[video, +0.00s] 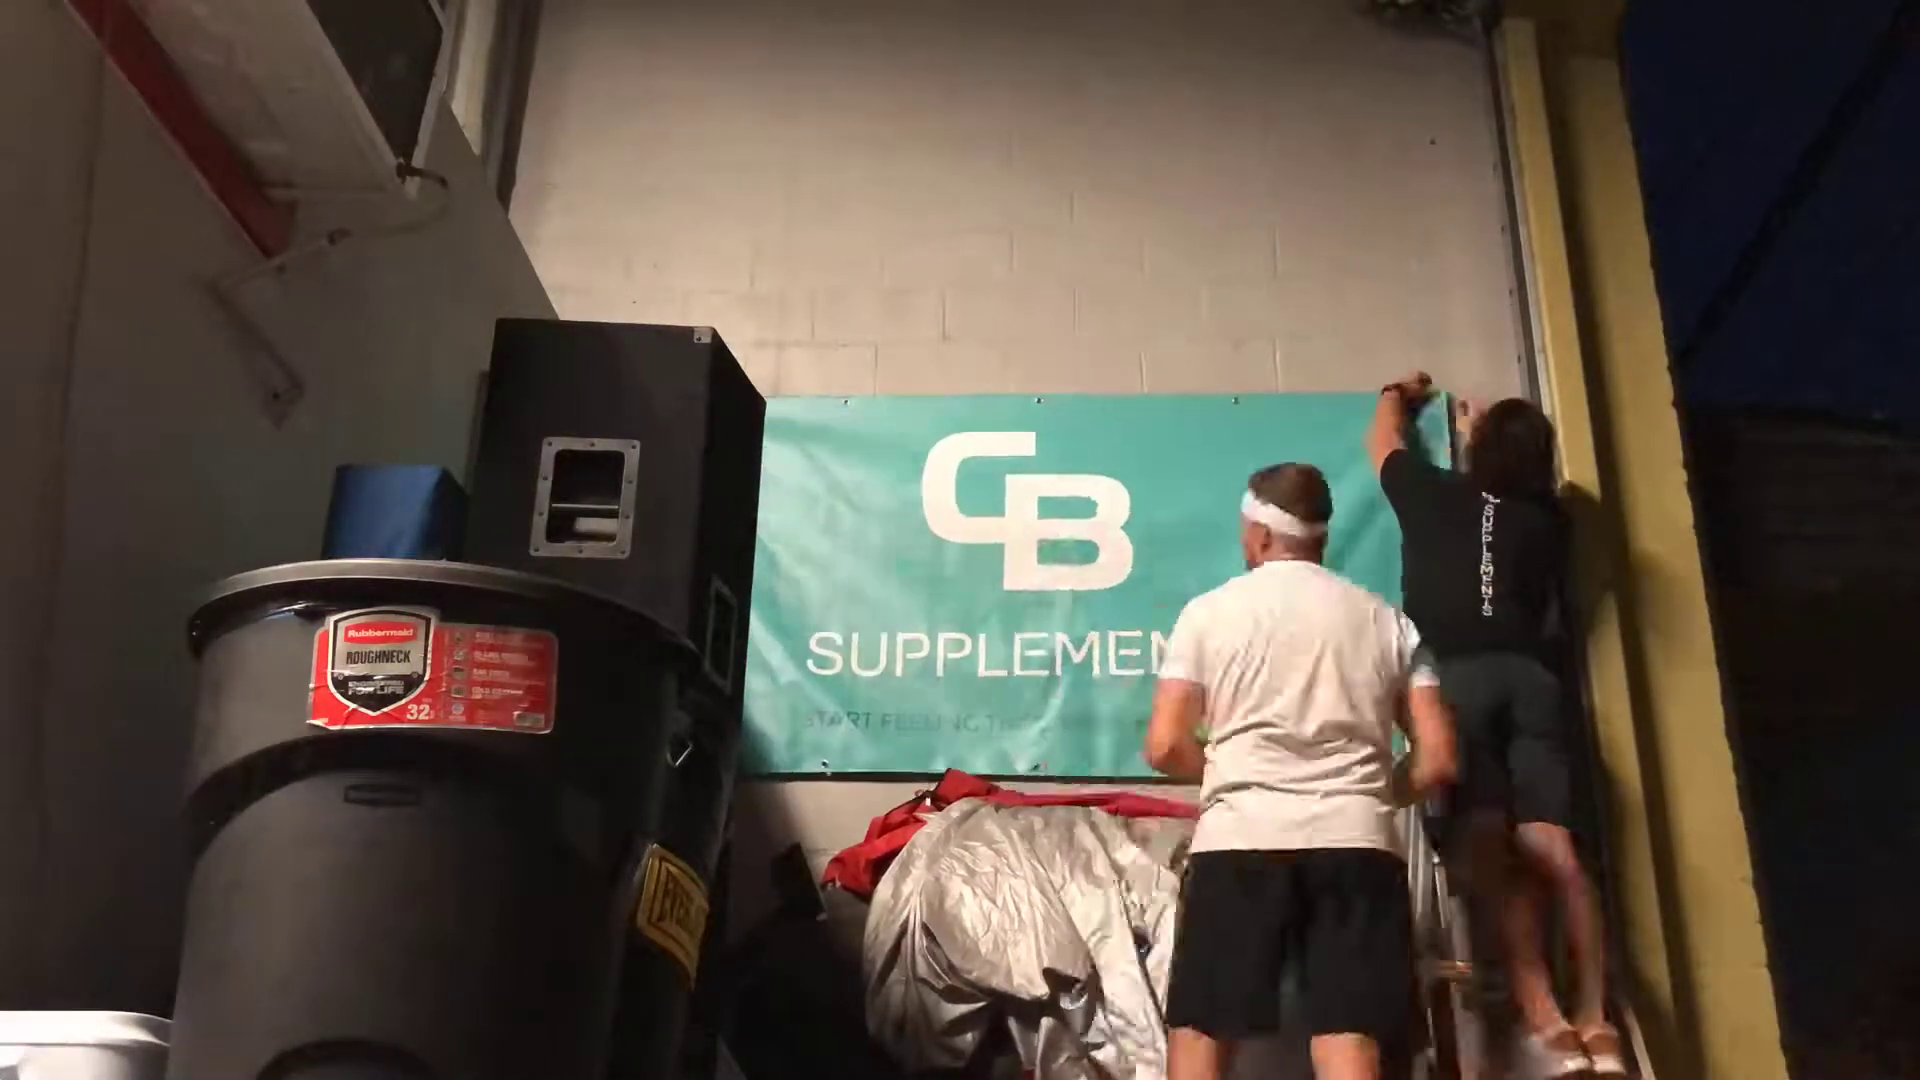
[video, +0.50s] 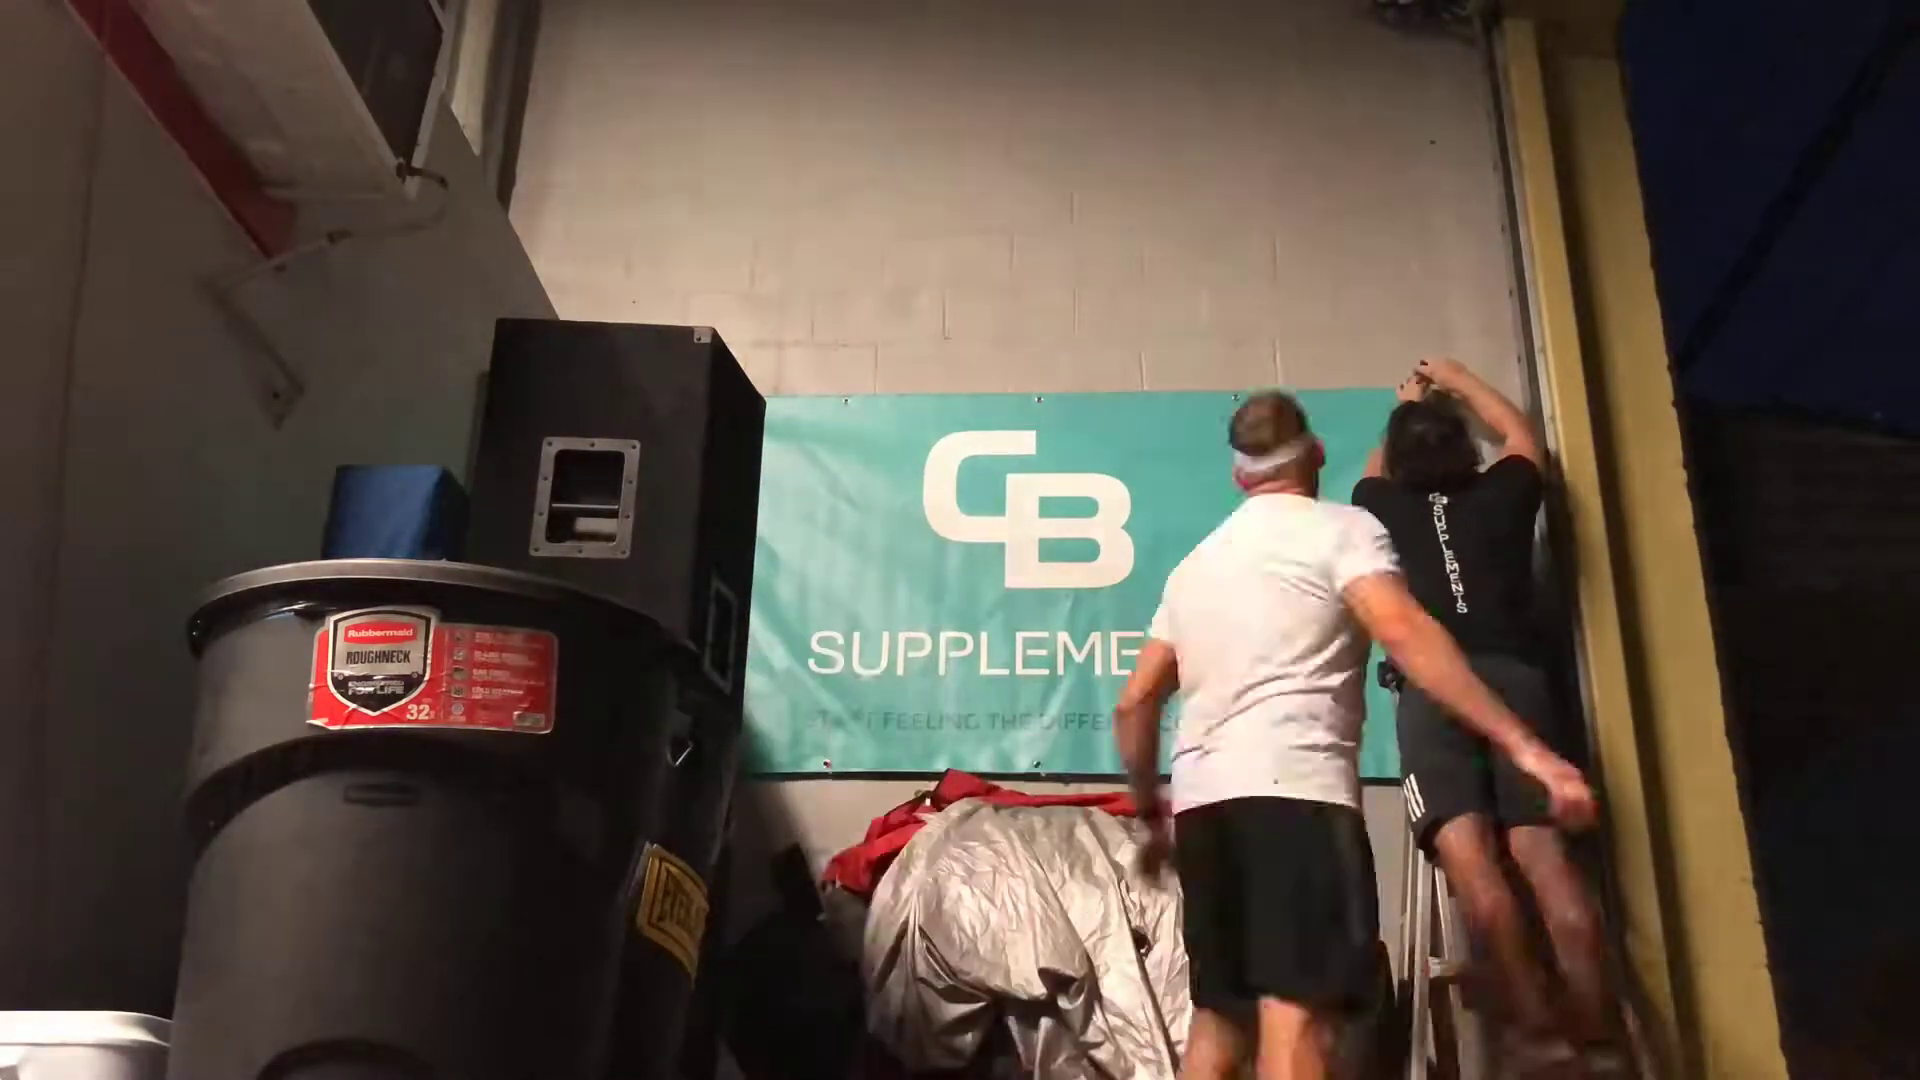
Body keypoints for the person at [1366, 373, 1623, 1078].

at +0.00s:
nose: (1478, 439)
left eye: (1480, 436)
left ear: (1477, 455)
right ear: (1540, 466)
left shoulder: (1430, 497)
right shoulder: (1548, 520)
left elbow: (1384, 444)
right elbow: (1515, 483)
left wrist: (1399, 396)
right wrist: (1478, 442)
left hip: (1458, 678)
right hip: (1535, 677)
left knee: (1493, 858)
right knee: (1556, 845)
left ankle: (1543, 1024)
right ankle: (1596, 1021)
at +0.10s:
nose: (1435, 447)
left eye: (1443, 440)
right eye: (1444, 438)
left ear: (1452, 452)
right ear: (1511, 459)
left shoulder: (1413, 494)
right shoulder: (1535, 513)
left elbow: (1382, 448)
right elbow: (1517, 476)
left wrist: (1407, 398)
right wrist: (1477, 424)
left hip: (1443, 678)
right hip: (1525, 674)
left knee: (1478, 861)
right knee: (1546, 851)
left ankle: (1539, 1026)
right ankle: (1595, 1025)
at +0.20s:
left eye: (1457, 441)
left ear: (1448, 453)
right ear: (1517, 455)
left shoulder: (1414, 499)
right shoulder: (1537, 514)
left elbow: (1381, 454)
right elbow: (1513, 474)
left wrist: (1411, 407)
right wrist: (1477, 419)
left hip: (1443, 678)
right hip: (1525, 674)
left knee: (1480, 861)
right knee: (1547, 852)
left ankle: (1539, 1027)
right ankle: (1595, 1026)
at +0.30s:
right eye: (1496, 443)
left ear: (1428, 461)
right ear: (1500, 461)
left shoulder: (1406, 505)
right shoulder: (1529, 513)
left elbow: (1378, 466)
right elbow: (1513, 480)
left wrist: (1408, 412)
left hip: (1444, 677)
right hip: (1527, 673)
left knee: (1479, 859)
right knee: (1549, 850)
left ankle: (1539, 1027)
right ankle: (1595, 1026)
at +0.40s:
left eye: (1425, 433)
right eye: (1475, 436)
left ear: (1416, 461)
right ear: (1489, 456)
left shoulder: (1399, 506)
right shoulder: (1521, 501)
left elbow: (1378, 461)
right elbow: (1522, 453)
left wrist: (1404, 406)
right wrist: (1482, 402)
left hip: (1443, 676)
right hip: (1526, 671)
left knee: (1477, 856)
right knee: (1546, 849)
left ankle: (1539, 1025)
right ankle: (1594, 1025)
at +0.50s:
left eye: (1414, 435)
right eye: (1443, 431)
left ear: (1401, 463)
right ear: (1467, 453)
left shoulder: (1382, 510)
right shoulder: (1503, 496)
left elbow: (1380, 465)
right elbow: (1519, 436)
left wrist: (1403, 415)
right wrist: (1458, 379)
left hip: (1430, 686)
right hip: (1517, 676)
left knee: (1473, 866)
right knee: (1544, 851)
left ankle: (1536, 1032)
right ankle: (1599, 1031)